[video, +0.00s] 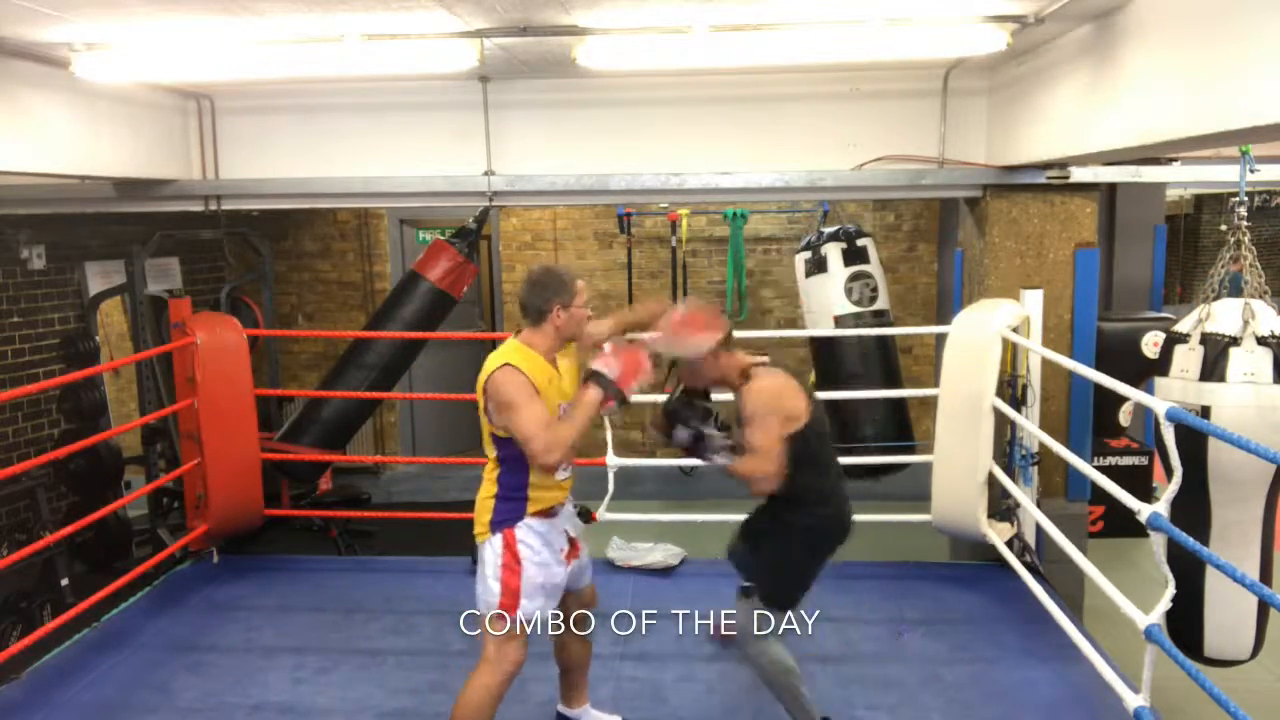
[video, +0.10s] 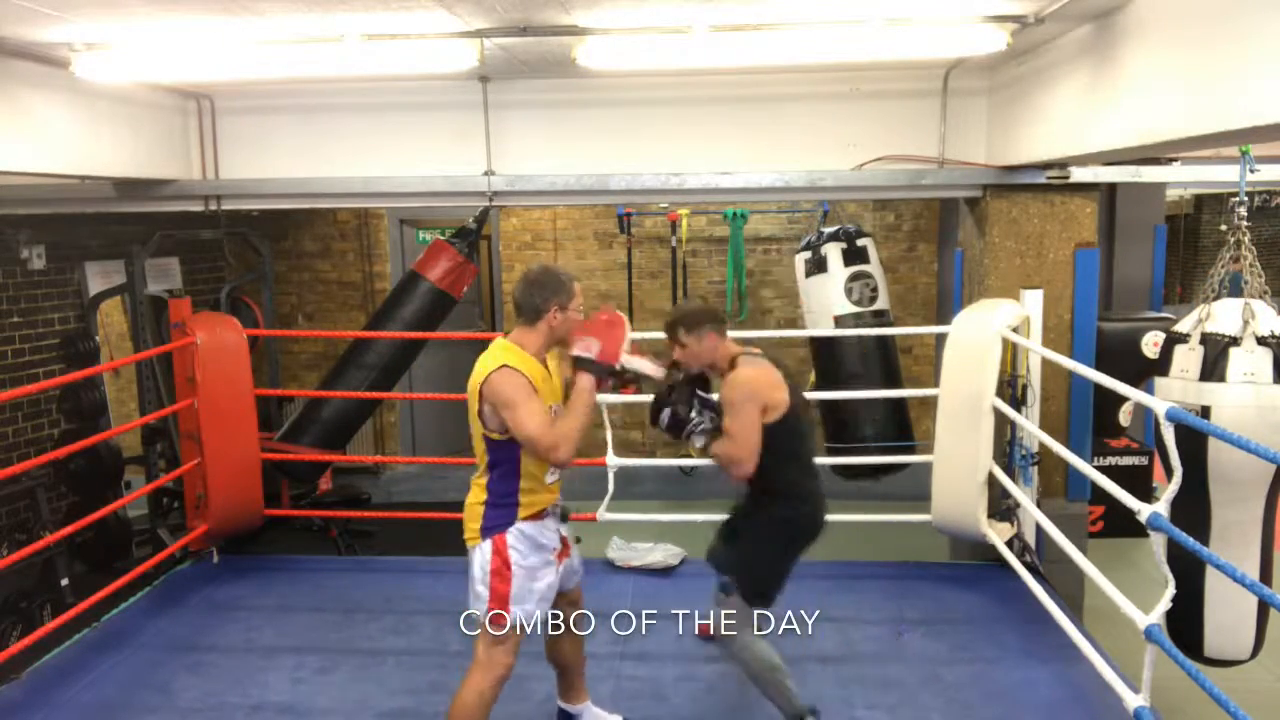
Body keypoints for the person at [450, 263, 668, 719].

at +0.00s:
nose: (588, 313)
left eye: (586, 305)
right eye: (583, 306)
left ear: (555, 314)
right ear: (557, 315)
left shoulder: (566, 347)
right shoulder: (507, 375)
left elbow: (620, 322)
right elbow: (547, 451)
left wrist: (669, 313)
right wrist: (597, 387)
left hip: (555, 514)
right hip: (513, 527)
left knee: (580, 606)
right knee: (504, 657)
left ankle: (575, 706)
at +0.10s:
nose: (581, 320)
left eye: (580, 312)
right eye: (576, 311)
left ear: (544, 313)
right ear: (552, 315)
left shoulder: (549, 356)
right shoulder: (503, 375)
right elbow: (558, 448)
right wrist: (588, 375)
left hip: (543, 519)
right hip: (503, 528)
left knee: (569, 609)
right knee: (494, 662)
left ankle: (574, 706)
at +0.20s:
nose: (570, 316)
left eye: (571, 307)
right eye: (568, 306)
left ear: (519, 305)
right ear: (549, 310)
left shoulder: (486, 352)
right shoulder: (519, 374)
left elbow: (533, 409)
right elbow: (582, 443)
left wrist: (575, 361)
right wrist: (593, 371)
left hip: (516, 521)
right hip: (500, 531)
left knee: (547, 608)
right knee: (490, 666)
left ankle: (565, 705)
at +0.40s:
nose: (557, 315)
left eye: (558, 304)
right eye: (554, 304)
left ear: (501, 304)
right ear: (533, 308)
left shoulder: (469, 351)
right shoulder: (513, 370)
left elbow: (505, 415)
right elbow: (563, 452)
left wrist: (545, 365)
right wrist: (592, 417)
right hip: (485, 533)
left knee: (520, 624)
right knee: (489, 670)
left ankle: (524, 707)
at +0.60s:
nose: (541, 315)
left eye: (540, 305)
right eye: (537, 305)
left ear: (488, 308)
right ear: (514, 309)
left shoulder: (455, 353)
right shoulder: (503, 356)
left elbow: (530, 408)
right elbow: (565, 388)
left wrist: (593, 403)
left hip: (454, 518)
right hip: (480, 527)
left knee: (483, 603)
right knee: (491, 664)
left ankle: (491, 683)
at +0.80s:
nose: (536, 320)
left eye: (536, 311)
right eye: (531, 312)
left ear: (489, 316)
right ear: (505, 318)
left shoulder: (454, 352)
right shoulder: (496, 355)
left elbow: (518, 378)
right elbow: (568, 357)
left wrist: (545, 345)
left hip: (452, 507)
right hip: (472, 516)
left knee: (472, 603)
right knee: (472, 649)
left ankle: (468, 669)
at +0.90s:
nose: (532, 322)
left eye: (534, 312)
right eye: (526, 312)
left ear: (493, 313)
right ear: (496, 312)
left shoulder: (462, 345)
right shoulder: (479, 358)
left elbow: (504, 400)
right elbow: (517, 428)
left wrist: (543, 373)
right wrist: (567, 422)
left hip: (467, 495)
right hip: (466, 502)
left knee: (472, 596)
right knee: (476, 626)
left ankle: (461, 666)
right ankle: (470, 713)